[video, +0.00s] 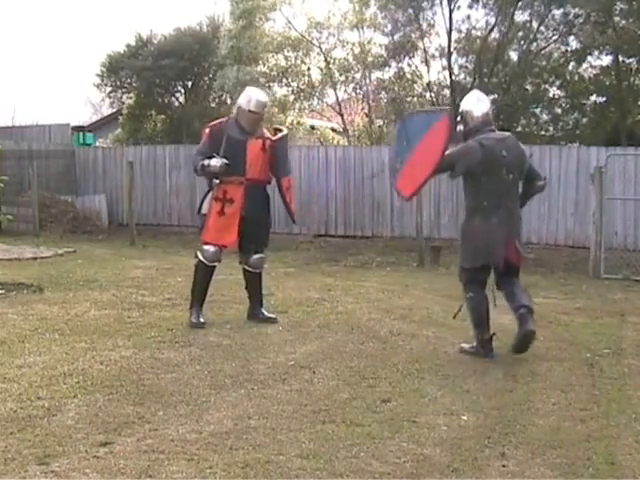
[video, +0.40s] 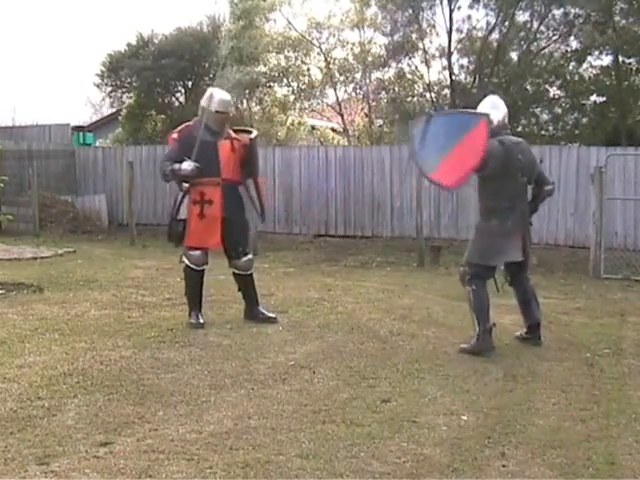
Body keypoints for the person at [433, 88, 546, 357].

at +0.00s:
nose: (463, 123)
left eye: (464, 118)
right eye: (463, 118)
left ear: (471, 118)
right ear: (490, 116)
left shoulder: (473, 148)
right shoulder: (513, 145)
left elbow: (435, 165)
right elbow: (536, 182)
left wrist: (452, 139)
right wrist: (516, 203)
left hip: (479, 226)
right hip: (509, 224)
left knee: (473, 283)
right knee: (508, 278)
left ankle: (483, 343)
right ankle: (525, 320)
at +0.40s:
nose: (480, 124)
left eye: (482, 120)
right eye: (480, 120)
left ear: (490, 120)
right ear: (505, 119)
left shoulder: (487, 147)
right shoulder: (521, 147)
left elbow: (474, 165)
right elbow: (544, 185)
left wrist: (472, 131)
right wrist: (529, 209)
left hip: (492, 226)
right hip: (517, 225)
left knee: (476, 277)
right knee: (518, 275)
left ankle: (483, 336)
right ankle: (533, 329)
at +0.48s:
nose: (482, 124)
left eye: (484, 120)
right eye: (482, 120)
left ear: (492, 120)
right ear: (508, 118)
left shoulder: (494, 147)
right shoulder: (524, 147)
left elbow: (475, 175)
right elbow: (543, 184)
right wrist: (526, 208)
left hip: (494, 223)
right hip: (520, 222)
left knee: (468, 269)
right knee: (517, 272)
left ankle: (482, 326)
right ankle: (533, 328)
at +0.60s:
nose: (483, 124)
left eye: (484, 120)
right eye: (483, 120)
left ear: (489, 120)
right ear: (508, 117)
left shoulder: (499, 147)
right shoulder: (525, 146)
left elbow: (488, 185)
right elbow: (539, 183)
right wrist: (520, 203)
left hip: (497, 222)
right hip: (522, 224)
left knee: (461, 260)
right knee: (519, 273)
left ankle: (475, 323)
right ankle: (534, 328)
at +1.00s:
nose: (458, 129)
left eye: (460, 124)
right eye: (458, 125)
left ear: (470, 125)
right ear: (483, 124)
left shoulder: (479, 151)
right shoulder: (502, 149)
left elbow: (469, 183)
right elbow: (507, 185)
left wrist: (457, 149)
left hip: (480, 225)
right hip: (505, 224)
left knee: (451, 271)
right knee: (513, 274)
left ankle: (433, 327)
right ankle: (533, 328)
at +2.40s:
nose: (455, 128)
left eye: (458, 123)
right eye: (456, 123)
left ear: (464, 124)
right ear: (478, 124)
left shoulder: (471, 152)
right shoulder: (490, 151)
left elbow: (455, 180)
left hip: (469, 220)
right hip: (489, 219)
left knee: (442, 267)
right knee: (491, 269)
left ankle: (432, 327)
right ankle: (516, 322)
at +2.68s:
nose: (454, 128)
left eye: (456, 124)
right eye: (454, 124)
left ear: (464, 124)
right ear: (477, 124)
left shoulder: (471, 151)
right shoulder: (488, 150)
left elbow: (454, 180)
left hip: (469, 219)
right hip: (488, 219)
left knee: (441, 266)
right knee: (490, 269)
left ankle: (432, 327)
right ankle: (516, 321)